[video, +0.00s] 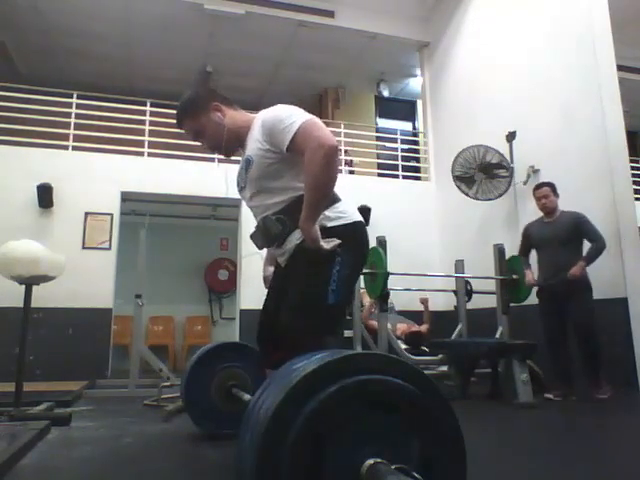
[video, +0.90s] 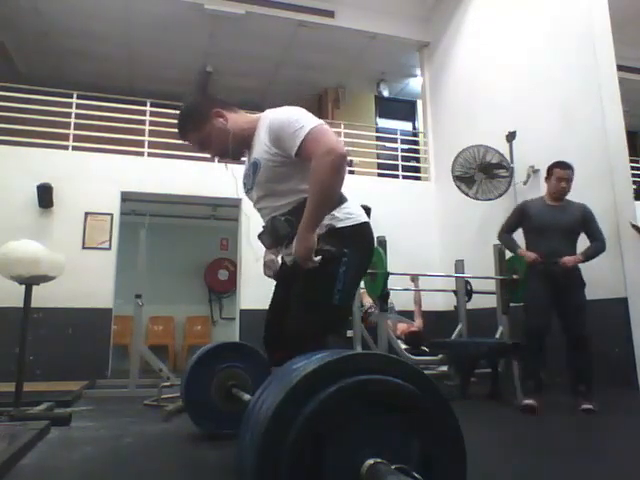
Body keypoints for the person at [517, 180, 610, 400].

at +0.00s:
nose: (544, 202)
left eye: (547, 197)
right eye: (539, 199)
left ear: (556, 197)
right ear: (536, 203)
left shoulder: (575, 219)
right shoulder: (531, 229)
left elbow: (599, 243)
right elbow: (523, 256)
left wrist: (583, 263)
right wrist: (527, 271)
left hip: (576, 288)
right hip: (548, 292)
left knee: (585, 335)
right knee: (554, 340)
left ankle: (597, 384)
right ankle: (561, 387)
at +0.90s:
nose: (564, 185)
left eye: (568, 181)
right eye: (559, 180)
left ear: (572, 183)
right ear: (547, 180)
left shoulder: (580, 212)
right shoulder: (527, 209)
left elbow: (599, 243)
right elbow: (503, 234)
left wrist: (579, 258)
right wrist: (521, 252)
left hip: (569, 281)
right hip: (537, 281)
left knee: (578, 335)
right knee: (534, 334)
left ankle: (583, 396)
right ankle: (531, 395)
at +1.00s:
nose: (560, 185)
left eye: (564, 180)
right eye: (556, 179)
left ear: (567, 183)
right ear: (543, 179)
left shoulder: (574, 212)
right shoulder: (522, 209)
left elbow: (592, 243)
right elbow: (498, 234)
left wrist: (577, 256)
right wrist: (520, 250)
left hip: (564, 280)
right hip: (533, 281)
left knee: (574, 335)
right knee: (526, 335)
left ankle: (583, 396)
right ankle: (517, 395)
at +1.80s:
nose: (556, 183)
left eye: (555, 178)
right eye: (552, 178)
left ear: (542, 181)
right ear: (536, 180)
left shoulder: (553, 211)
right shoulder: (515, 206)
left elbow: (557, 239)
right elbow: (488, 230)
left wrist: (560, 259)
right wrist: (507, 252)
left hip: (544, 278)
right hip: (519, 278)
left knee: (559, 332)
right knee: (520, 335)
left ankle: (564, 392)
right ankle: (511, 396)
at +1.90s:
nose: (564, 187)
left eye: (564, 182)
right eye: (560, 182)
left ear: (551, 183)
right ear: (545, 182)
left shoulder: (558, 214)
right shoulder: (521, 207)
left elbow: (562, 243)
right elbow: (492, 229)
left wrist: (562, 264)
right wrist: (509, 253)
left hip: (544, 280)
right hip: (519, 279)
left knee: (561, 332)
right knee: (520, 334)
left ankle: (564, 392)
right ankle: (510, 396)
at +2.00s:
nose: (569, 191)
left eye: (569, 187)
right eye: (566, 186)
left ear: (555, 188)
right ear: (550, 187)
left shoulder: (562, 220)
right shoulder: (525, 209)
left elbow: (565, 247)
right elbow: (496, 229)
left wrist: (563, 271)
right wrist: (512, 255)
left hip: (540, 282)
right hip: (515, 280)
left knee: (564, 328)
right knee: (514, 331)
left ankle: (562, 391)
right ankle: (503, 394)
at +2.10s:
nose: (572, 198)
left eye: (572, 194)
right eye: (569, 193)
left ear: (557, 195)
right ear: (553, 194)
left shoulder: (563, 227)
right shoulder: (527, 214)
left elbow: (566, 255)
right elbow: (499, 234)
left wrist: (565, 282)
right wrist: (513, 264)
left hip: (536, 286)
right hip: (510, 285)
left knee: (565, 330)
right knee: (508, 335)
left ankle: (563, 391)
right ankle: (499, 395)